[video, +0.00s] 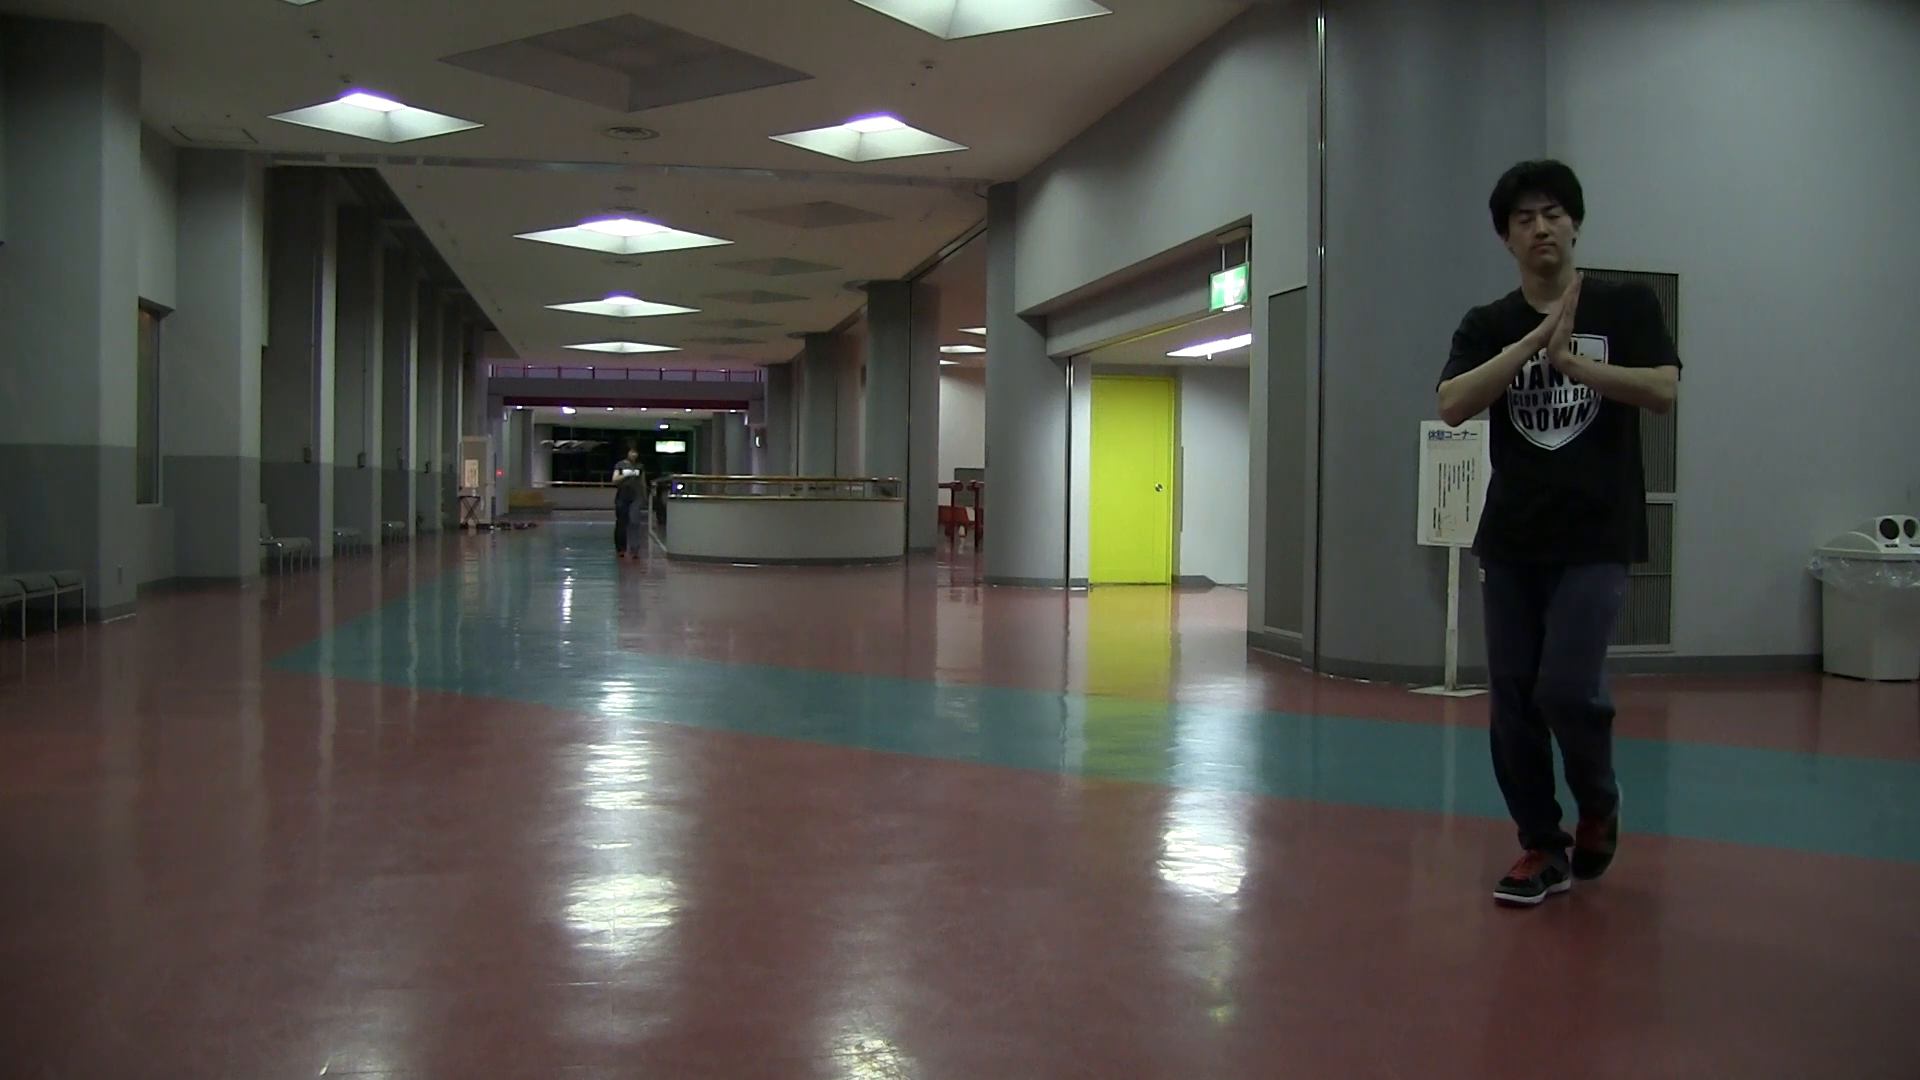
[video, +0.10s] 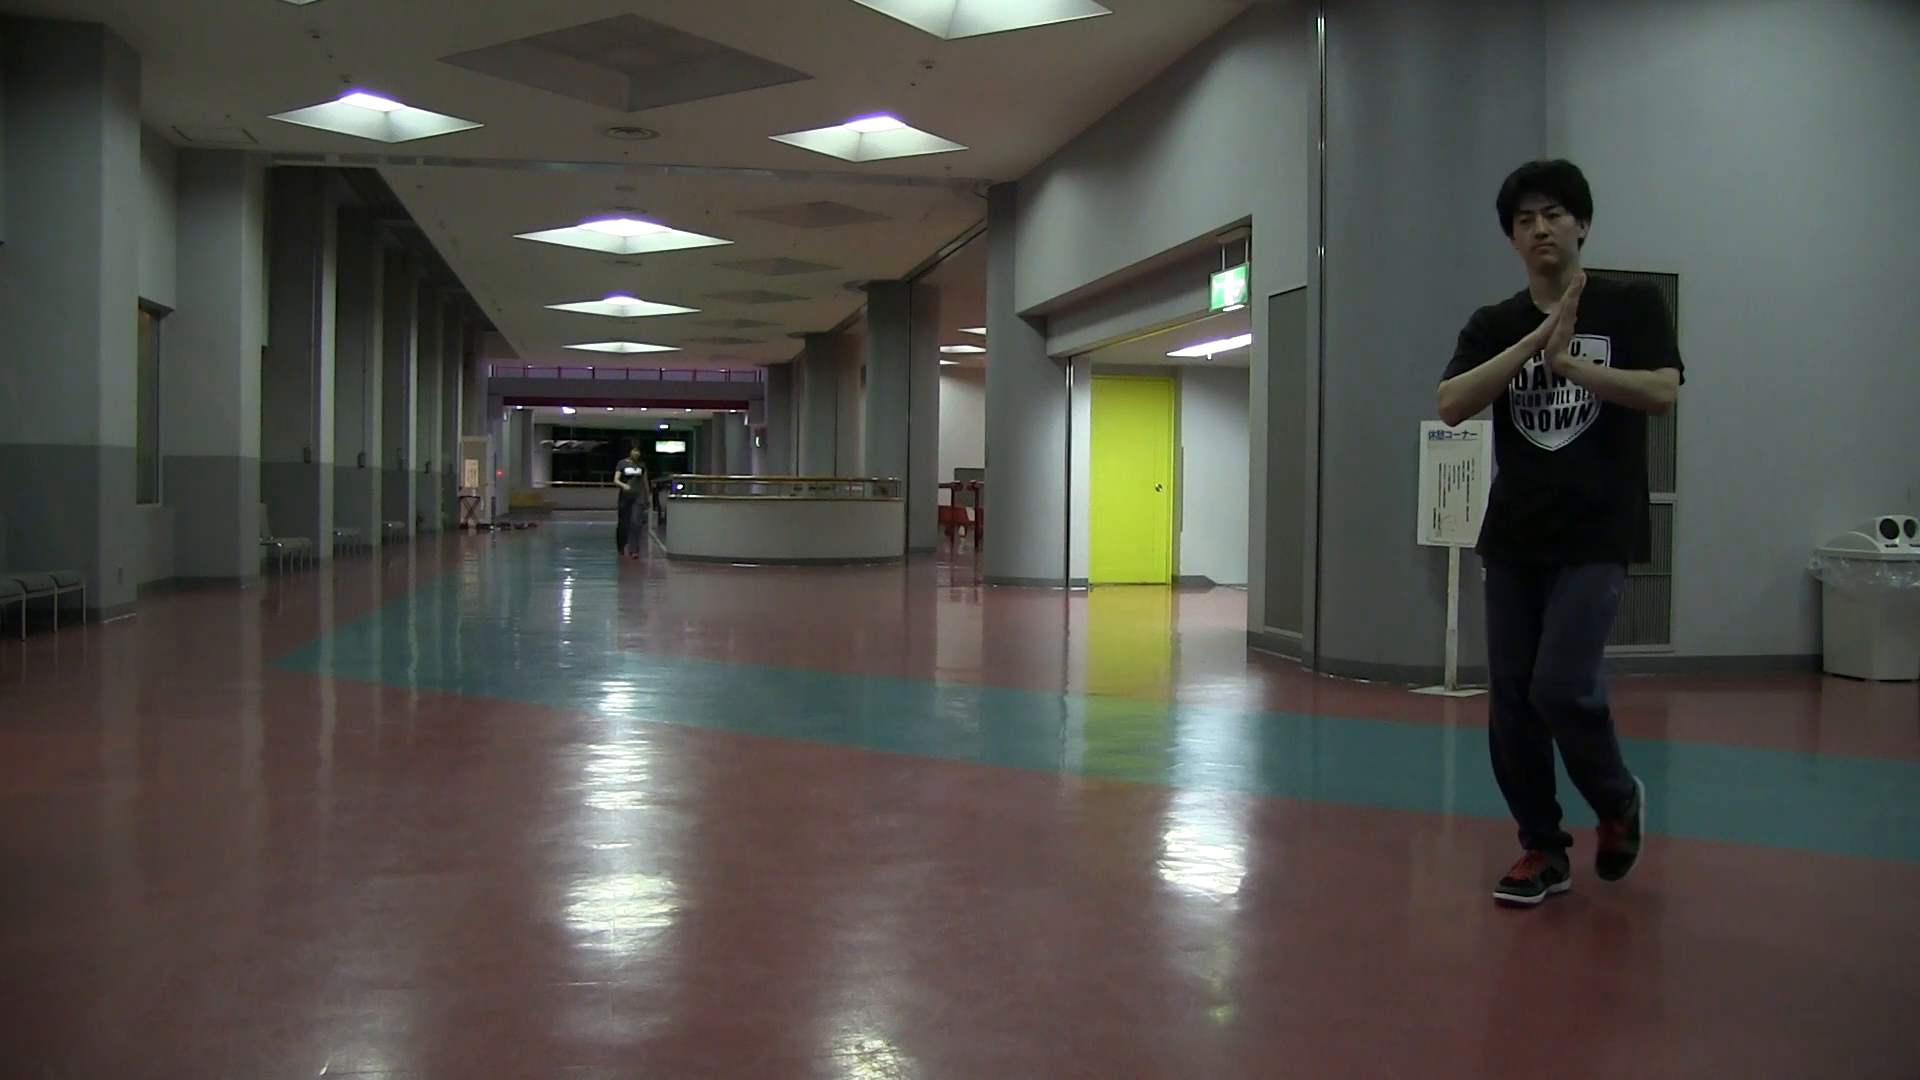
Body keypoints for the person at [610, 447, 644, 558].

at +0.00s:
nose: (634, 454)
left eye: (636, 452)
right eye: (632, 452)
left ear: (638, 454)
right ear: (628, 453)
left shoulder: (640, 467)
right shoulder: (620, 465)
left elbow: (643, 483)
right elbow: (614, 479)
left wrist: (644, 497)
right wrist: (626, 475)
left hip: (636, 498)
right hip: (622, 498)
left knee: (634, 522)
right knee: (621, 522)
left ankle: (634, 550)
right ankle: (620, 548)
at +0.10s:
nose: (637, 453)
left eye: (638, 451)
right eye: (635, 451)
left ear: (640, 454)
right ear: (630, 452)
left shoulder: (642, 466)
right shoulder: (622, 464)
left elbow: (645, 482)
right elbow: (616, 479)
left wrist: (648, 496)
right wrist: (624, 485)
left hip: (638, 498)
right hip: (625, 498)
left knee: (635, 522)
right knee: (623, 522)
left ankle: (634, 550)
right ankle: (621, 547)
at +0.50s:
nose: (643, 453)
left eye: (645, 451)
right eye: (641, 451)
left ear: (647, 453)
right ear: (637, 452)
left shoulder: (649, 466)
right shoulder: (629, 465)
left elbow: (652, 479)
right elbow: (620, 481)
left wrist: (652, 481)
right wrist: (615, 497)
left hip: (645, 499)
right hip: (632, 499)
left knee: (644, 526)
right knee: (636, 524)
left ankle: (636, 549)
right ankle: (638, 552)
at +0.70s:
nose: (648, 450)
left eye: (649, 448)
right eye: (646, 447)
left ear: (650, 450)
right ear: (640, 449)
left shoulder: (653, 464)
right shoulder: (632, 463)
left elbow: (657, 480)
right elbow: (626, 480)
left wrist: (659, 495)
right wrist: (625, 497)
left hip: (649, 499)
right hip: (635, 499)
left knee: (649, 525)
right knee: (636, 526)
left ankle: (644, 551)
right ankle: (638, 553)